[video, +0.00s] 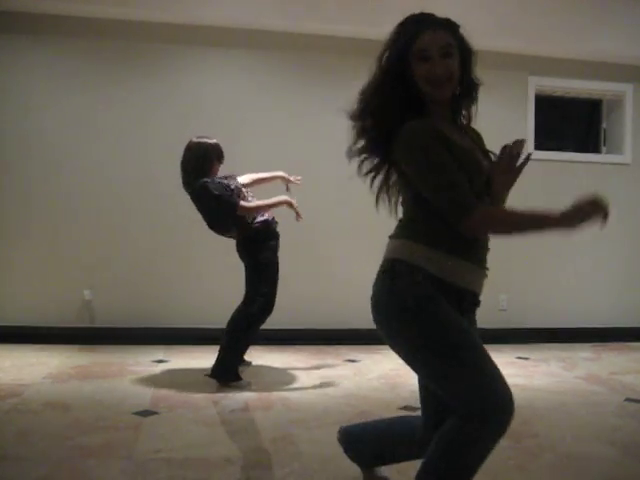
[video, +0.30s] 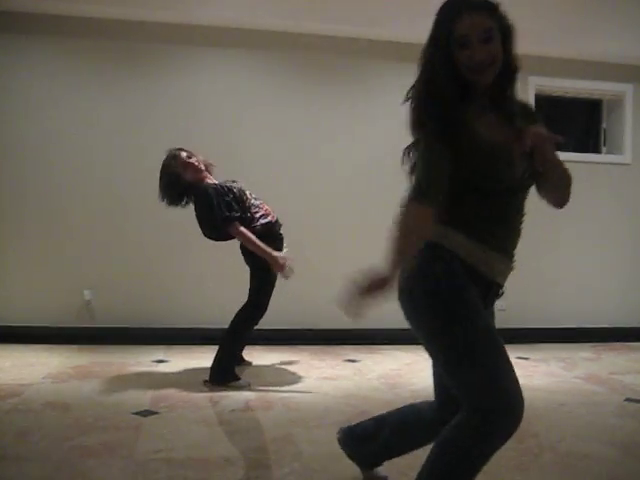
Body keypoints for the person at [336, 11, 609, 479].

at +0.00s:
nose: (439, 68)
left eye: (447, 54)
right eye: (424, 59)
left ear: (461, 62)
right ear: (407, 71)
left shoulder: (465, 135)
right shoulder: (416, 135)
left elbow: (476, 218)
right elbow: (474, 219)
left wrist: (499, 186)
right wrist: (561, 220)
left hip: (453, 296)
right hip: (412, 293)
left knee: (441, 433)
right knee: (489, 407)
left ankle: (359, 442)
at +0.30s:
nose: (478, 53)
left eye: (487, 39)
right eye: (463, 44)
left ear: (505, 44)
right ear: (447, 52)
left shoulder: (519, 117)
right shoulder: (446, 111)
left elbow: (558, 196)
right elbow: (423, 197)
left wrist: (545, 158)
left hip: (479, 283)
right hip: (436, 273)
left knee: (451, 411)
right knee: (498, 407)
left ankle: (362, 443)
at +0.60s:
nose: (594, 20)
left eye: (595, 13)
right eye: (588, 10)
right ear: (564, 6)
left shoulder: (572, 64)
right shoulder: (526, 52)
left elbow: (567, 137)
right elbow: (458, 84)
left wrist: (607, 106)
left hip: (520, 231)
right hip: (497, 226)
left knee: (526, 357)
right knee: (490, 364)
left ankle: (484, 463)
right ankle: (424, 471)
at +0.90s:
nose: (632, 39)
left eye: (629, 27)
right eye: (627, 29)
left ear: (562, 32)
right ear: (615, 35)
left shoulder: (545, 88)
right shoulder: (620, 97)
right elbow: (638, 167)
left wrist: (579, 124)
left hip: (541, 252)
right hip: (588, 256)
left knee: (581, 377)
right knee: (613, 387)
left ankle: (570, 473)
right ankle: (511, 470)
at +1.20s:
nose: (586, 49)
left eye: (590, 39)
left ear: (594, 43)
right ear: (635, 43)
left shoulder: (580, 92)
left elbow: (522, 157)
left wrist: (563, 155)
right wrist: (562, 153)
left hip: (585, 233)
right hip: (633, 231)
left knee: (596, 369)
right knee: (637, 362)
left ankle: (610, 473)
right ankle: (619, 468)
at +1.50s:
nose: (589, 71)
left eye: (593, 63)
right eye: (590, 62)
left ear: (607, 64)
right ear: (632, 62)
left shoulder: (607, 105)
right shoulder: (631, 104)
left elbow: (591, 169)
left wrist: (564, 155)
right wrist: (582, 148)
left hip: (611, 237)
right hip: (632, 235)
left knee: (585, 344)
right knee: (635, 338)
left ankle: (623, 445)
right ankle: (628, 445)